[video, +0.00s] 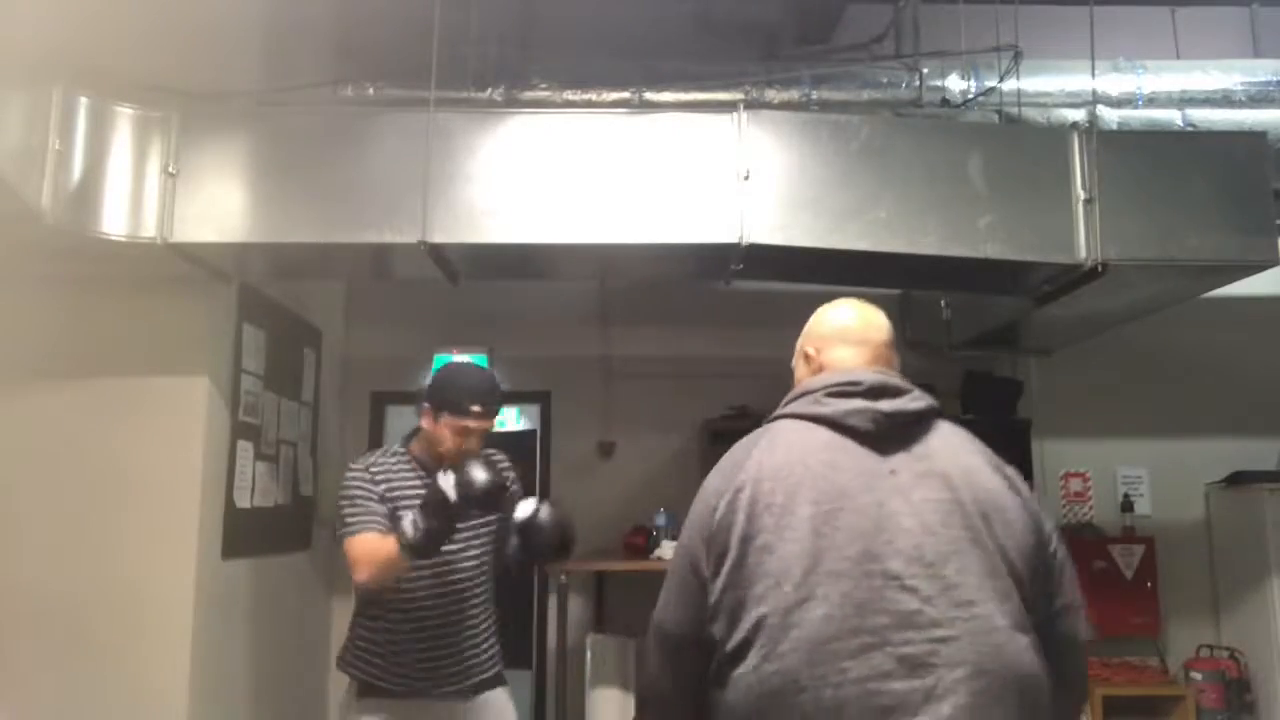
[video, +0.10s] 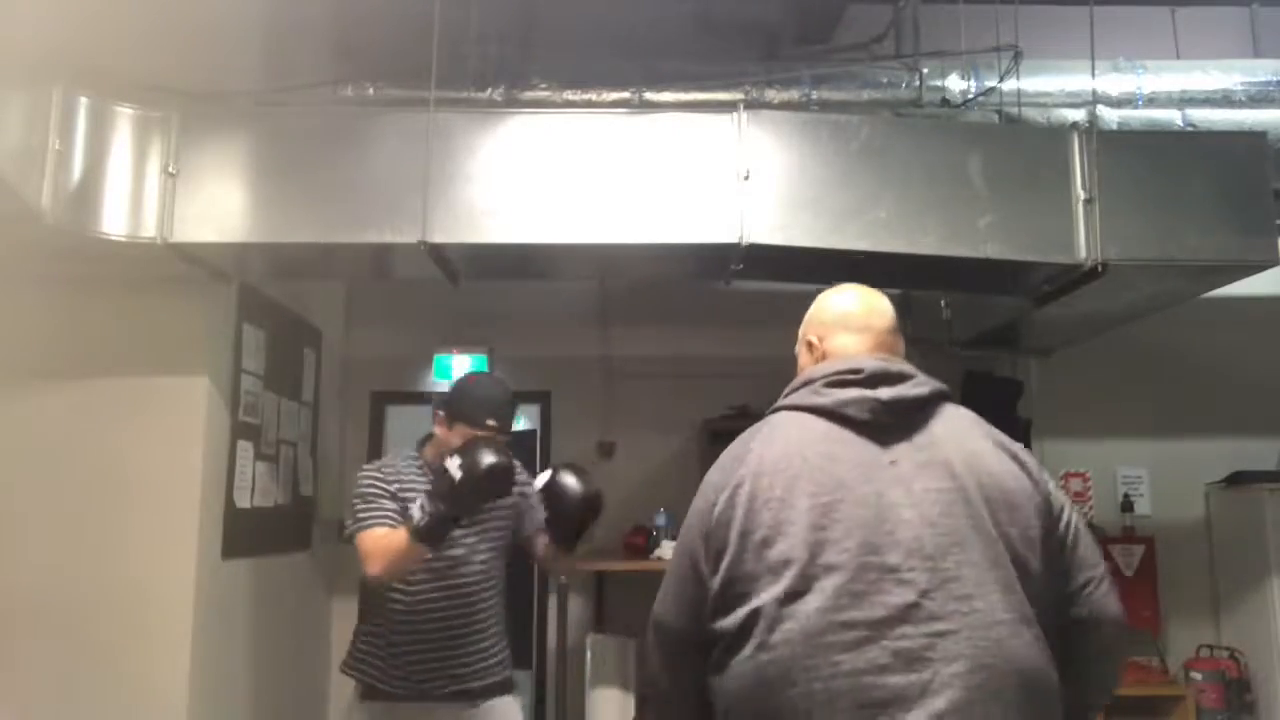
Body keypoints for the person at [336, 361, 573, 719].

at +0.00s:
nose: (473, 447)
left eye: (483, 435)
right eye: (462, 432)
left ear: (491, 427)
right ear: (427, 416)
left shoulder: (495, 468)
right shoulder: (369, 474)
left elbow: (511, 551)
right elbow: (365, 569)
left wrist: (537, 540)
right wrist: (430, 523)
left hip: (480, 688)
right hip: (390, 694)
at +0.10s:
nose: (483, 453)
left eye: (495, 443)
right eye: (474, 439)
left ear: (506, 438)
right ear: (440, 421)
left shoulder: (510, 478)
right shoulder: (381, 478)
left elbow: (549, 559)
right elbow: (377, 564)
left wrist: (567, 529)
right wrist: (447, 510)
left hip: (485, 695)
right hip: (393, 697)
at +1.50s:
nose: (644, 429)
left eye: (655, 420)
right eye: (633, 417)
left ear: (667, 424)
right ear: (606, 417)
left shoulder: (683, 468)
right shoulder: (564, 462)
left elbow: (736, 537)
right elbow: (532, 533)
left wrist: (719, 461)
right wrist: (590, 474)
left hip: (663, 688)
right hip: (577, 683)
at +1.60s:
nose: (639, 423)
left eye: (652, 413)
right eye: (628, 411)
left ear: (665, 413)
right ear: (601, 406)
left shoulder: (674, 457)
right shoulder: (557, 453)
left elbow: (730, 521)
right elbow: (529, 515)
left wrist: (716, 449)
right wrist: (585, 456)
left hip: (659, 678)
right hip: (570, 675)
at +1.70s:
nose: (628, 425)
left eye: (640, 417)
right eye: (618, 414)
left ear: (651, 421)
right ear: (588, 412)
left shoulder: (661, 462)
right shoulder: (544, 456)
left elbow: (711, 532)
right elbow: (517, 525)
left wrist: (700, 461)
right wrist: (577, 464)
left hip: (647, 676)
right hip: (560, 674)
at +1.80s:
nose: (604, 444)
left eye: (614, 435)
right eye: (595, 431)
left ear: (624, 432)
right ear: (566, 419)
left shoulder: (639, 473)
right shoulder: (520, 471)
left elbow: (670, 559)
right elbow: (502, 554)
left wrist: (676, 499)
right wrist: (559, 498)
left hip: (629, 682)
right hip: (543, 683)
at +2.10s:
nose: (568, 437)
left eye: (579, 428)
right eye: (560, 423)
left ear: (588, 425)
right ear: (529, 408)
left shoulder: (594, 463)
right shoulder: (475, 465)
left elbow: (610, 553)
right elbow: (466, 549)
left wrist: (632, 536)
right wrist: (528, 495)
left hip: (588, 675)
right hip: (504, 679)